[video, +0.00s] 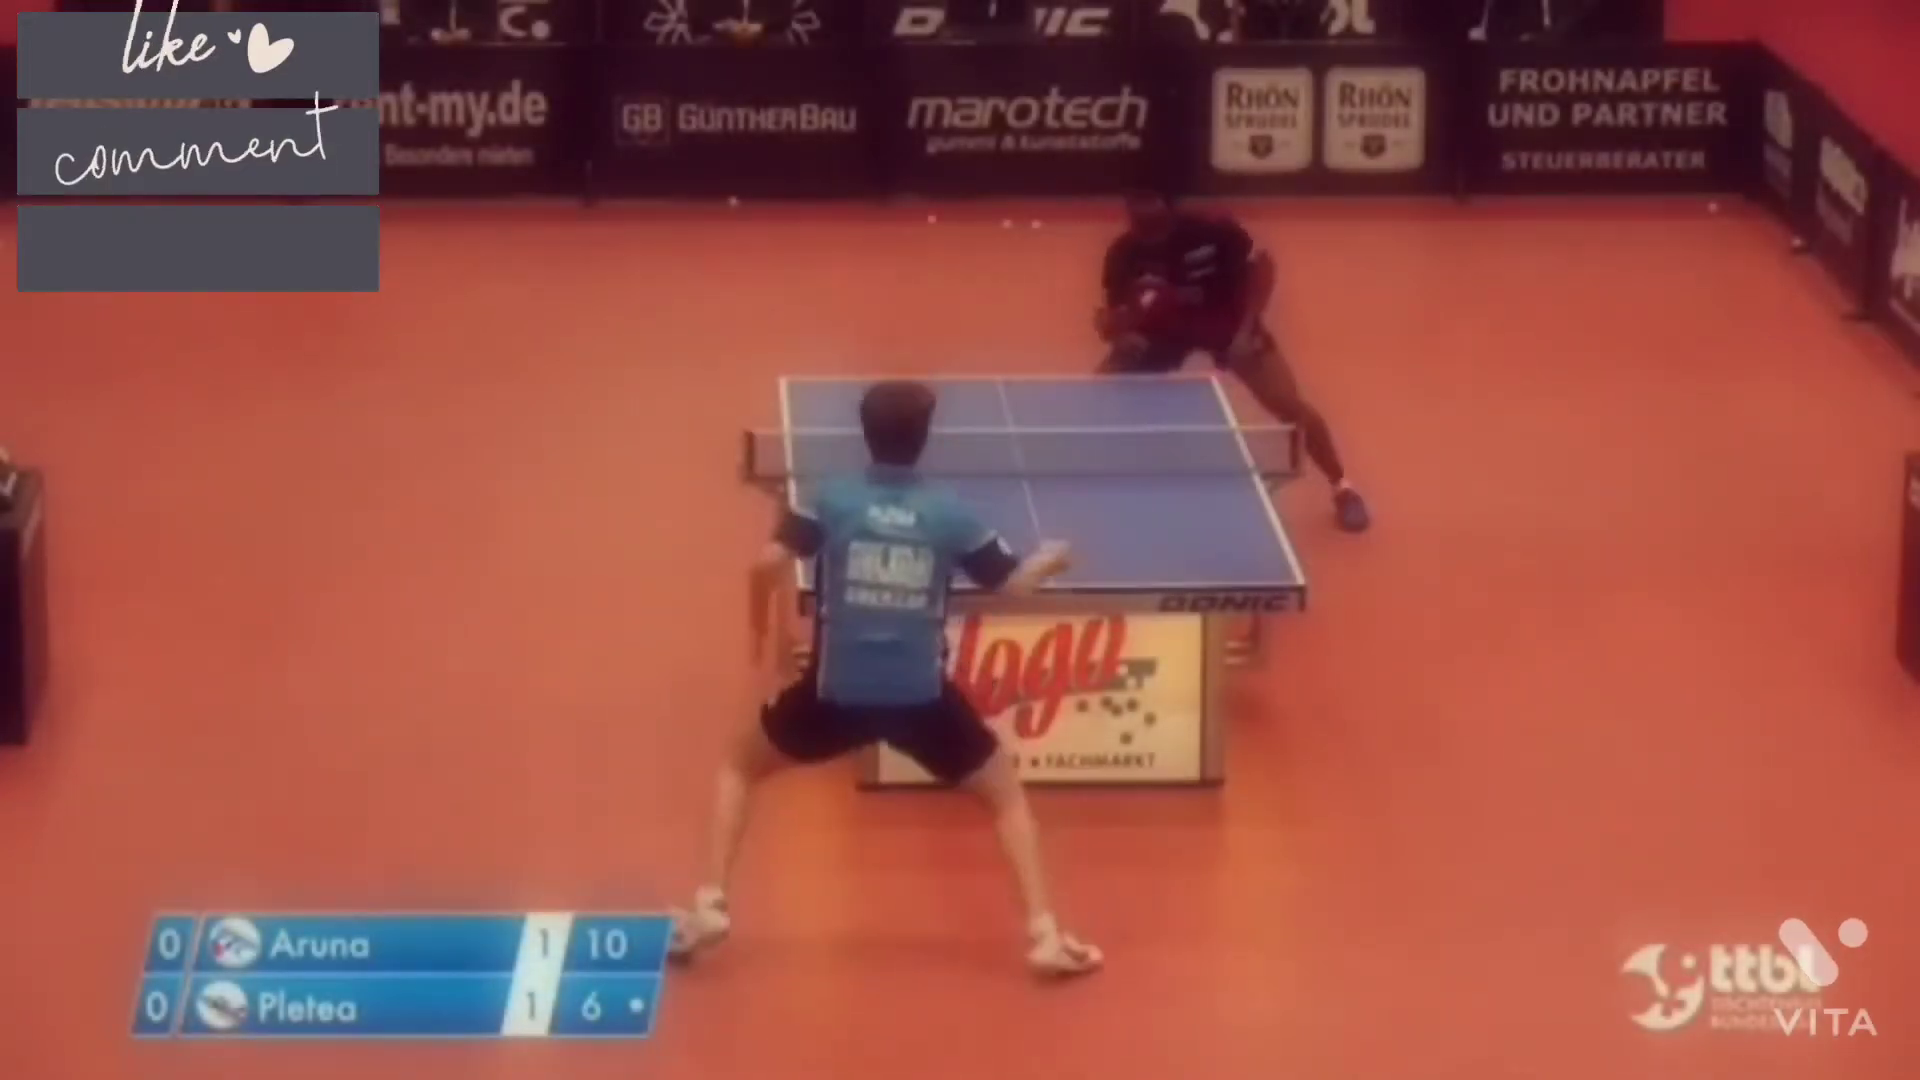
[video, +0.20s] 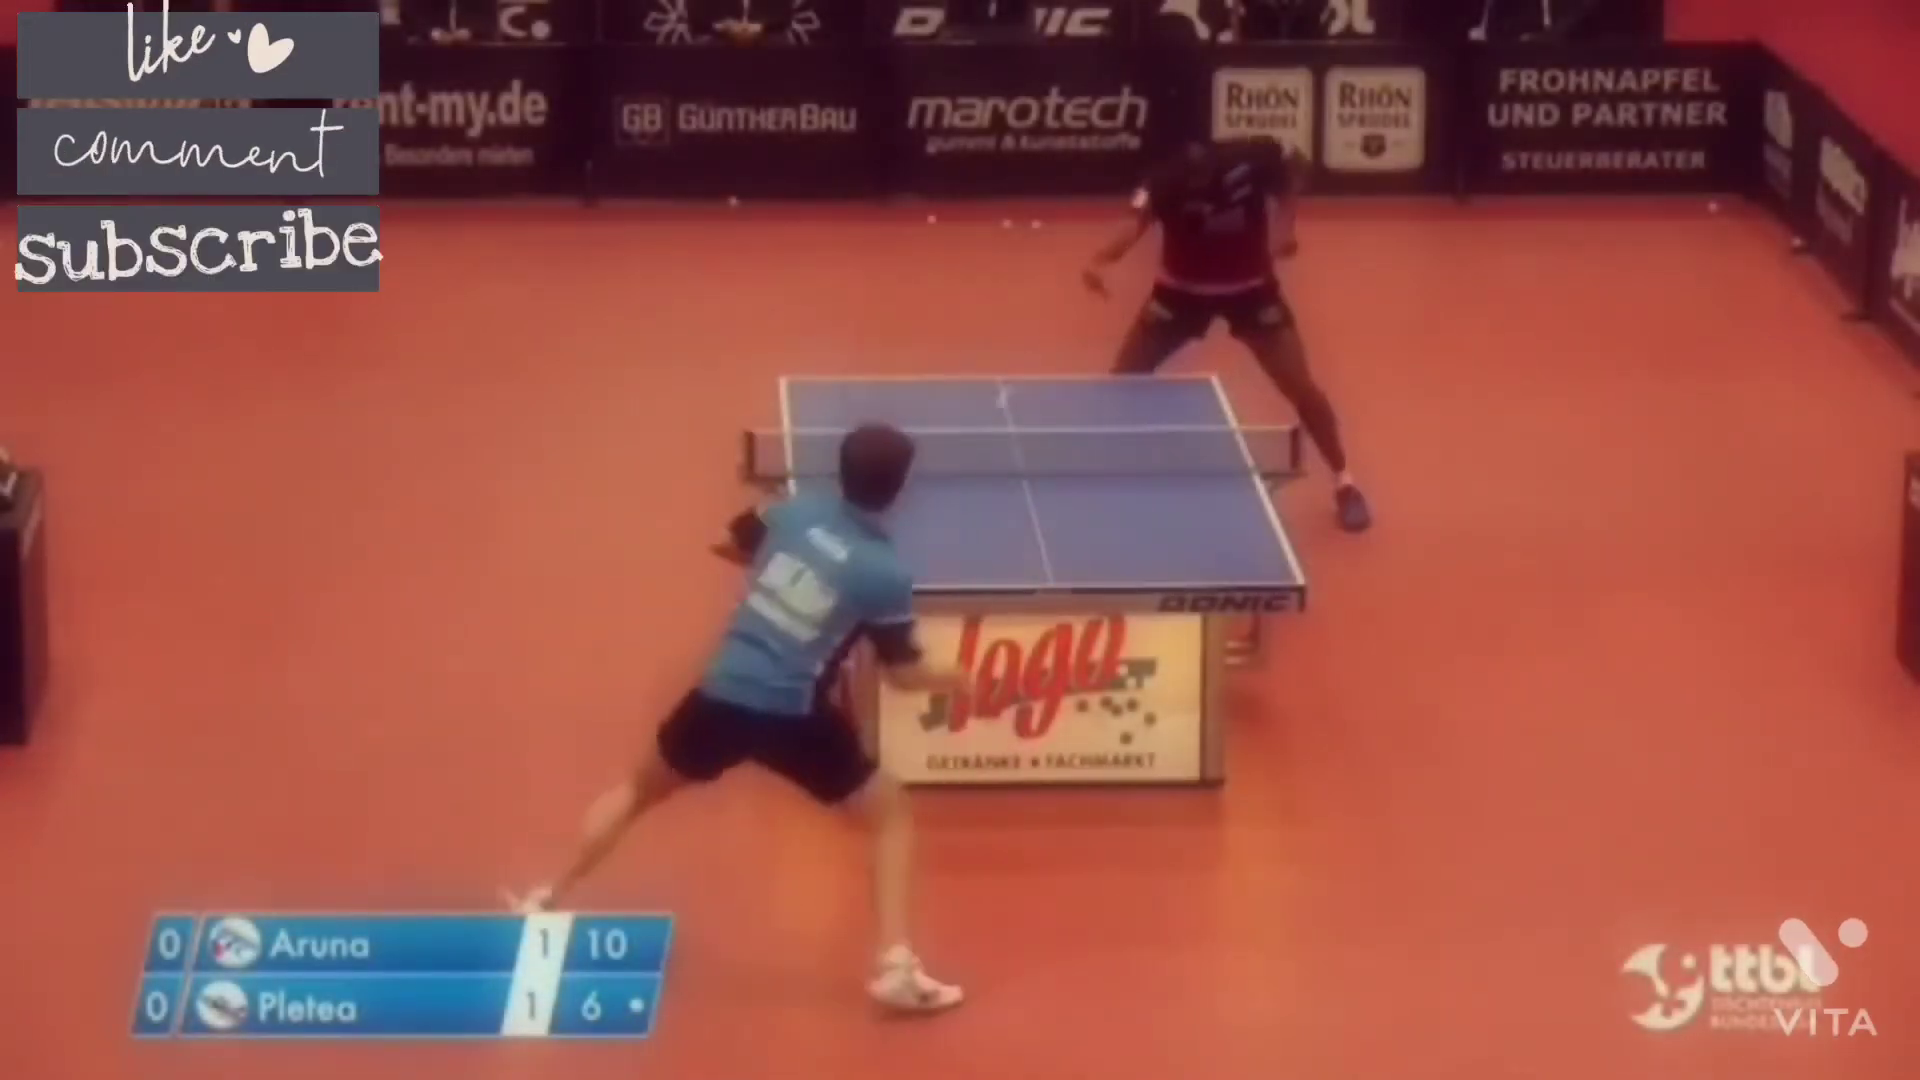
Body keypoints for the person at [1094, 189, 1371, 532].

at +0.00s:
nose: (1144, 216)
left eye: (1151, 205)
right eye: (1135, 207)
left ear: (1169, 202)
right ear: (1128, 208)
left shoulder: (1215, 233)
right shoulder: (1124, 253)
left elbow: (1261, 268)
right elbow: (1109, 324)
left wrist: (1247, 325)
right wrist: (1136, 312)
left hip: (1226, 329)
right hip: (1160, 334)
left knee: (1288, 405)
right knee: (1101, 395)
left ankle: (1340, 486)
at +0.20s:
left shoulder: (1256, 155)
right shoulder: (1166, 175)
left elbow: (1286, 185)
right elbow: (1136, 222)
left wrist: (1286, 233)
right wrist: (1099, 262)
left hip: (1251, 293)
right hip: (1179, 294)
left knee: (1301, 390)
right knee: (1120, 386)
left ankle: (1344, 482)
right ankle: (1099, 489)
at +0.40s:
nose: (1201, 172)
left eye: (1208, 162)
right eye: (1192, 164)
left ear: (1223, 154)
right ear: (1179, 162)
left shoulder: (1257, 168)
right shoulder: (1169, 189)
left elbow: (1299, 186)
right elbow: (1134, 232)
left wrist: (1315, 244)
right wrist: (1112, 230)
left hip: (1253, 308)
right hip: (1179, 310)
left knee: (1306, 396)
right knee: (1119, 395)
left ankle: (1345, 486)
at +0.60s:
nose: (1174, 149)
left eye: (1181, 139)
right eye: (1166, 140)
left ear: (1197, 133)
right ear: (1152, 139)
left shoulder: (1235, 164)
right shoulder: (1142, 175)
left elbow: (1276, 202)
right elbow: (1103, 240)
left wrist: (1261, 257)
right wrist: (1090, 243)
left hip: (1229, 295)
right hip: (1159, 296)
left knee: (1283, 389)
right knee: (1094, 384)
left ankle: (1337, 484)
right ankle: (1080, 490)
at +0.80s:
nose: (1135, 161)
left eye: (1143, 151)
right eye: (1127, 153)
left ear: (1159, 147)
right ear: (1119, 157)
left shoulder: (1200, 185)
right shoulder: (1116, 201)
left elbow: (1256, 229)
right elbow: (1109, 256)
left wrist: (1231, 286)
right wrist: (1099, 287)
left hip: (1213, 310)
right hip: (1144, 309)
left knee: (1261, 405)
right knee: (1083, 384)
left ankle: (1319, 486)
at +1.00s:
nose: (1160, 189)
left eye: (1165, 180)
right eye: (1154, 182)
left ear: (1181, 175)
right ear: (1149, 182)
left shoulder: (1217, 204)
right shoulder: (1167, 205)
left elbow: (1276, 256)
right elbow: (1164, 242)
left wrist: (1246, 316)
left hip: (1242, 329)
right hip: (1183, 323)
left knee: (1278, 425)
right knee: (1115, 375)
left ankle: (1363, 479)